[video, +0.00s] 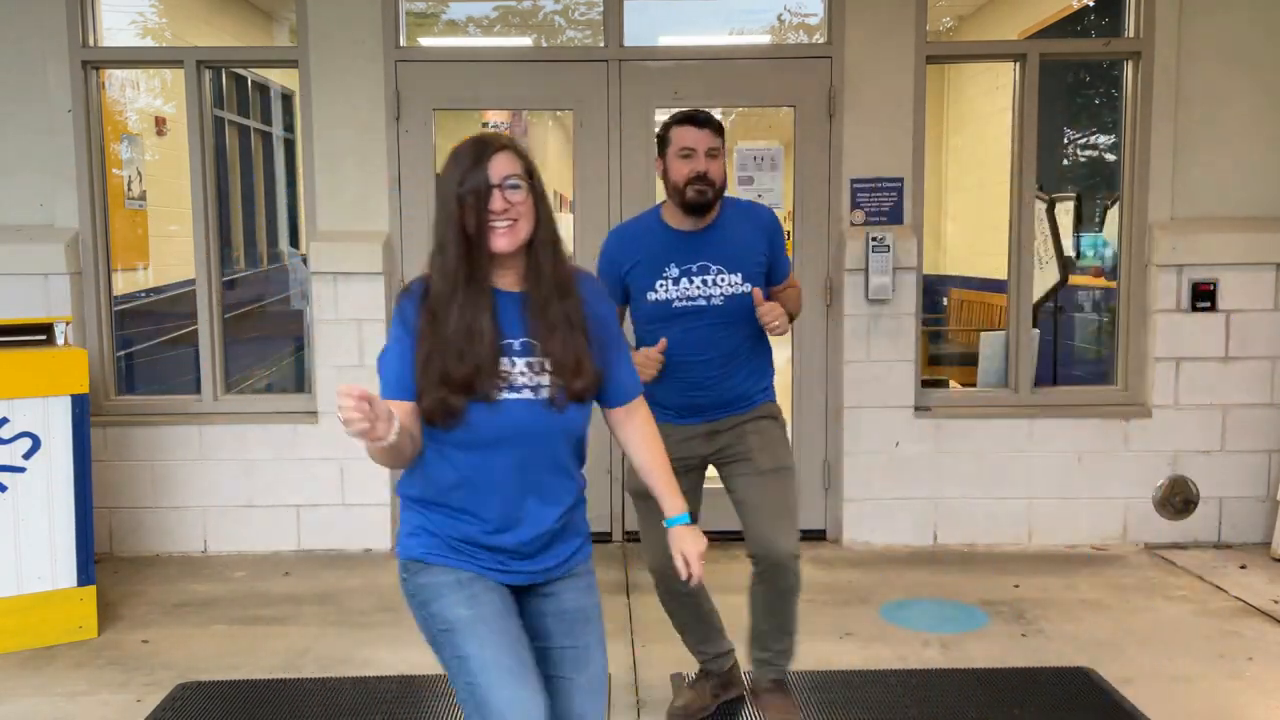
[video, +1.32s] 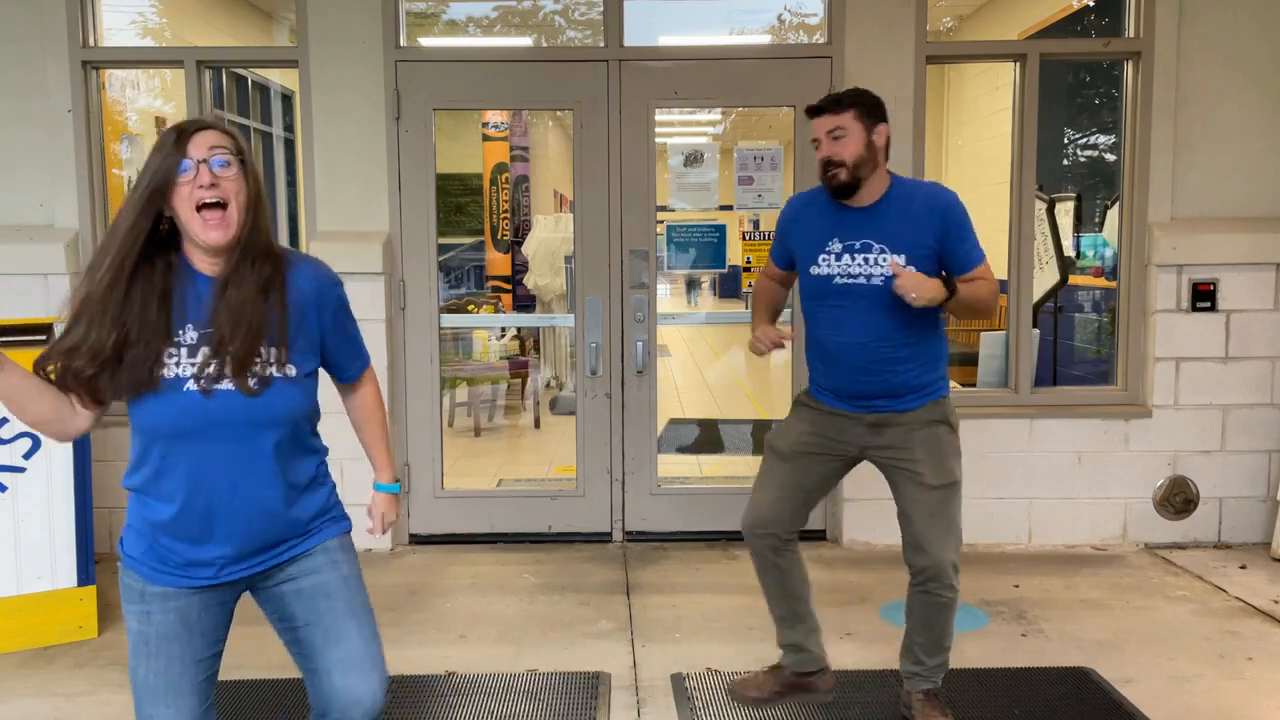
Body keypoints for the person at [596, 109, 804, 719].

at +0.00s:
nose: (702, 167)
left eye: (712, 155)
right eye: (686, 155)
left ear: (725, 164)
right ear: (662, 166)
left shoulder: (758, 225)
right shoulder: (625, 244)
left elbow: (789, 288)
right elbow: (595, 331)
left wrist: (781, 309)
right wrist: (625, 361)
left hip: (750, 420)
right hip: (663, 428)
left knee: (779, 551)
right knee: (666, 564)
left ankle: (771, 681)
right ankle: (719, 668)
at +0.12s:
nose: (730, 157)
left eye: (740, 145)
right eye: (715, 146)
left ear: (755, 153)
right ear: (690, 157)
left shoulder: (790, 213)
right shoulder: (659, 231)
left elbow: (829, 284)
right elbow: (608, 308)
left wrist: (834, 290)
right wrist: (649, 320)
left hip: (780, 416)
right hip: (692, 425)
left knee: (832, 550)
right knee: (684, 562)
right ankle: (718, 672)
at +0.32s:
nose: (799, 142)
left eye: (809, 129)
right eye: (783, 132)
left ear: (825, 136)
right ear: (761, 145)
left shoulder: (862, 199)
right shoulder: (726, 219)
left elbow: (920, 258)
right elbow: (661, 303)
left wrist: (918, 273)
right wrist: (702, 336)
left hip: (845, 414)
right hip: (754, 420)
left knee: (891, 556)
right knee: (726, 560)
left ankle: (922, 683)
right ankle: (719, 671)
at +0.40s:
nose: (831, 132)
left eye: (840, 119)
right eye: (814, 123)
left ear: (856, 126)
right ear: (791, 136)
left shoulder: (892, 198)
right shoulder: (758, 213)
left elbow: (919, 271)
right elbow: (710, 308)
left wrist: (929, 288)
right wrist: (753, 335)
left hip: (872, 408)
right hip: (784, 414)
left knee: (907, 552)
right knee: (751, 553)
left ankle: (922, 685)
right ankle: (720, 671)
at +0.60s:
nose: (893, 134)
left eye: (903, 121)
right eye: (877, 125)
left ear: (920, 131)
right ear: (853, 140)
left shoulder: (941, 208)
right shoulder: (814, 210)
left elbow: (938, 303)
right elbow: (761, 300)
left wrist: (973, 287)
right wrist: (827, 313)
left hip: (918, 412)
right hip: (832, 415)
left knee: (935, 561)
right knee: (818, 554)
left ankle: (923, 687)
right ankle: (753, 647)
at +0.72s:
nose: (910, 127)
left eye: (922, 114)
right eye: (894, 116)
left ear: (938, 125)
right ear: (871, 130)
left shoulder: (958, 200)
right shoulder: (830, 198)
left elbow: (978, 292)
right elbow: (762, 285)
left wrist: (1016, 268)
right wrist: (830, 265)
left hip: (925, 403)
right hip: (842, 405)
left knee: (933, 555)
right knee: (858, 545)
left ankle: (925, 684)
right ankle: (816, 649)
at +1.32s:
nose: (825, 151)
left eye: (837, 136)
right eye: (817, 141)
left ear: (878, 137)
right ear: (813, 149)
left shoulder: (936, 207)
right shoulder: (801, 215)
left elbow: (988, 301)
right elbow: (773, 279)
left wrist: (943, 291)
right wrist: (762, 325)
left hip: (917, 419)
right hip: (824, 415)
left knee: (935, 564)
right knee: (765, 527)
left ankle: (922, 686)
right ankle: (804, 665)